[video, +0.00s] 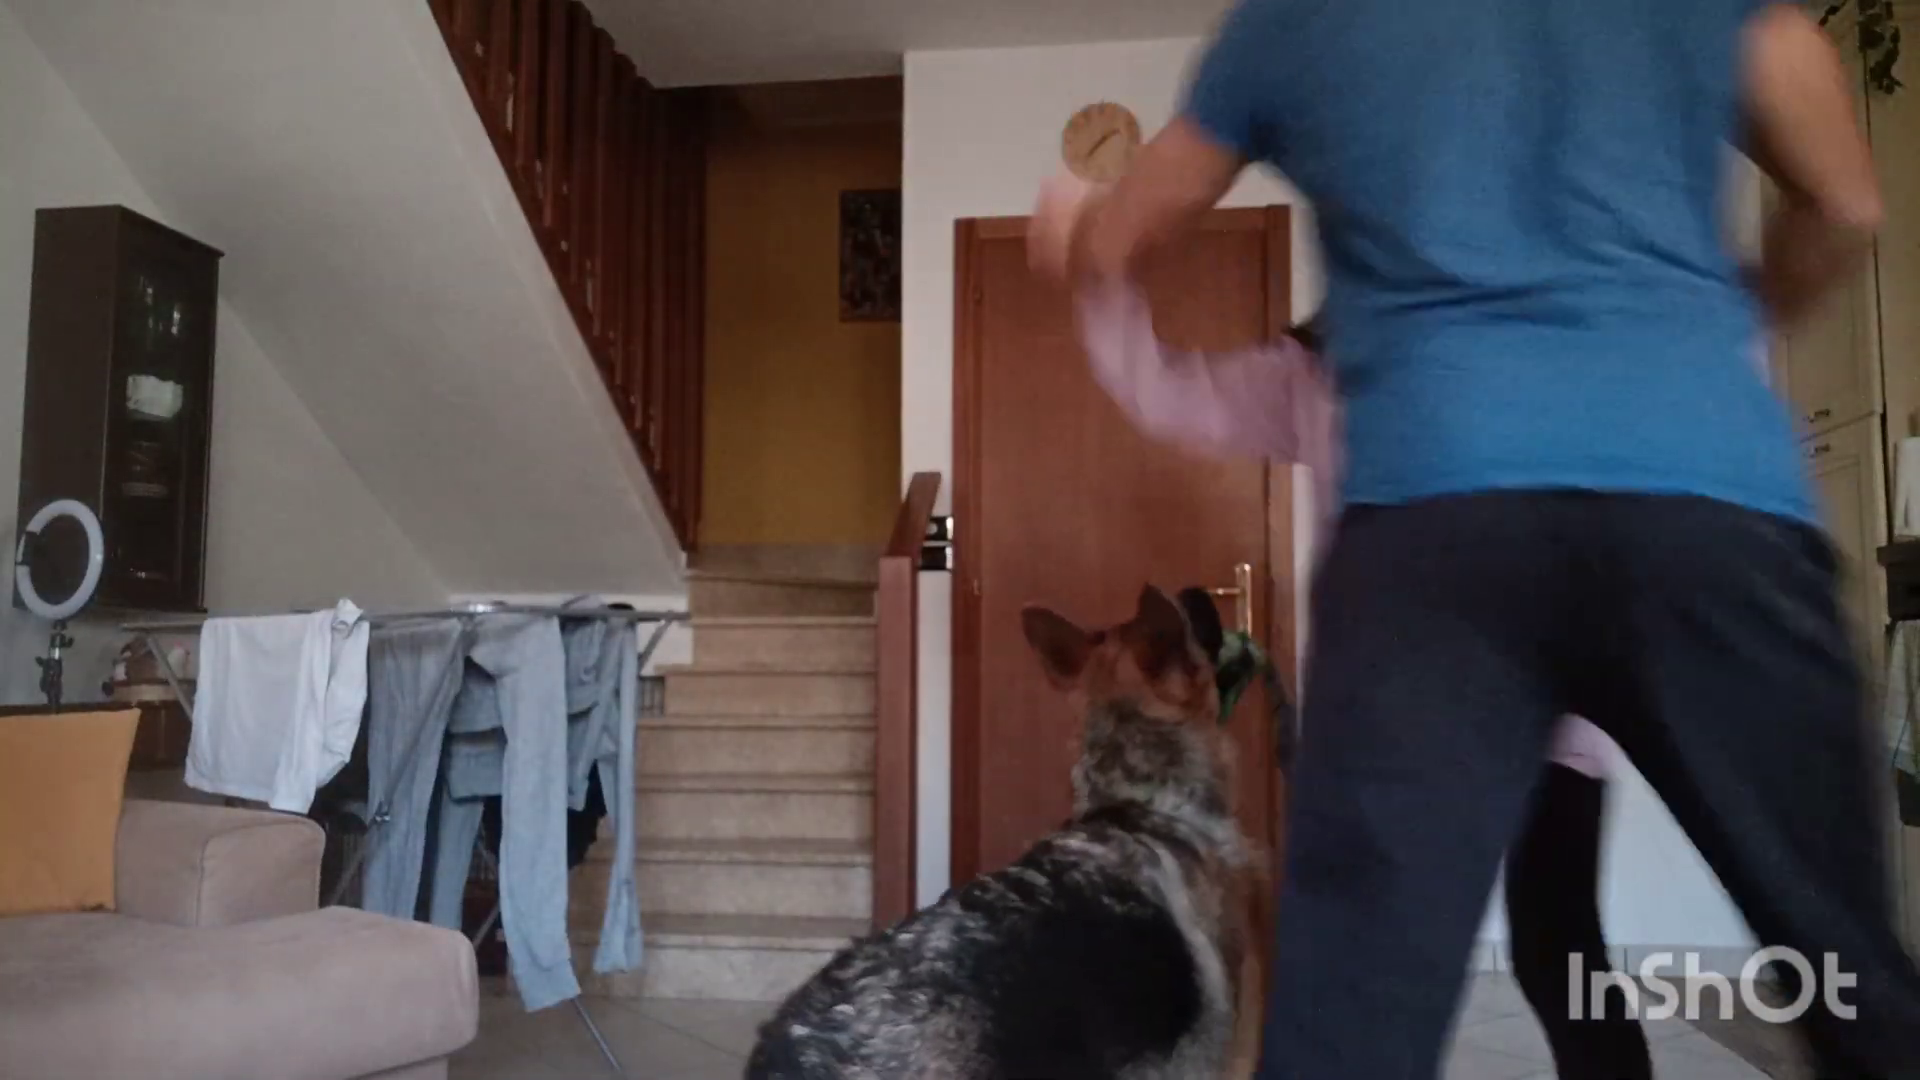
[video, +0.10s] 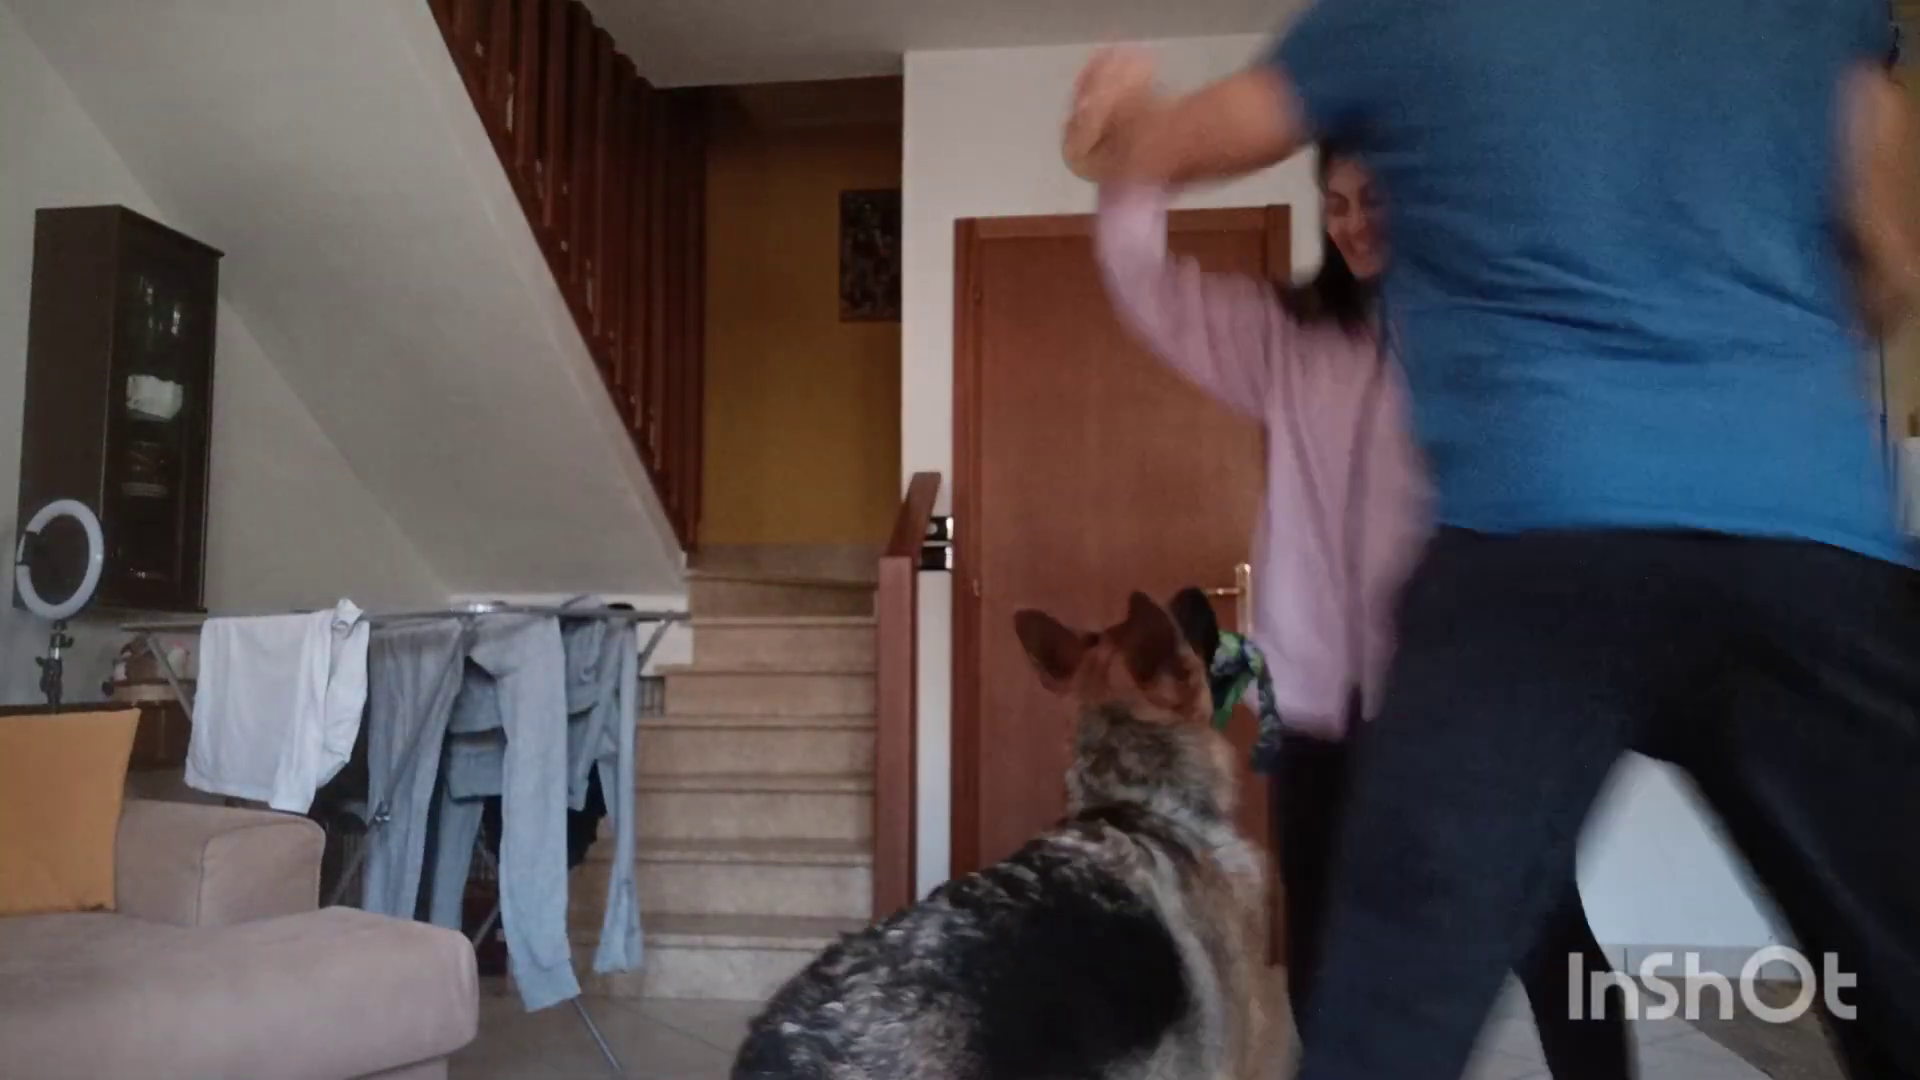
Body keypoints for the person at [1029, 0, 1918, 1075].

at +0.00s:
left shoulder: (1300, 17)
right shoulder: (1707, 4)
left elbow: (1111, 238)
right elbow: (1846, 206)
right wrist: (1732, 315)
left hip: (1437, 523)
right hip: (1718, 521)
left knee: (1352, 1005)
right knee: (1859, 970)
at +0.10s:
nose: (1358, 221)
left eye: (1370, 199)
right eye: (1341, 203)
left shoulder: (1399, 12)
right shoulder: (1822, 12)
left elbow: (1158, 153)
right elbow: (1893, 250)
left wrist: (1117, 111)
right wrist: (1810, 351)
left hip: (1540, 548)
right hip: (1825, 551)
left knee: (1387, 1022)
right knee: (1909, 992)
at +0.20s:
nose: (1344, 208)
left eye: (1364, 180)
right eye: (1321, 187)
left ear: (1405, 179)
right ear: (1298, 189)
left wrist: (1196, 40)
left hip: (1632, 549)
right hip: (1888, 555)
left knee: (1493, 980)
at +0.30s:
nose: (1328, 211)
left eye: (1348, 187)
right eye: (1313, 192)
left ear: (1394, 187)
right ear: (1295, 200)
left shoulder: (1452, 307)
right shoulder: (1268, 284)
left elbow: (1525, 410)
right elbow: (1204, 197)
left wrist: (1558, 336)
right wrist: (1208, 55)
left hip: (1397, 626)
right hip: (1263, 612)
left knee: (1452, 869)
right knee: (1282, 859)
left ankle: (1400, 1063)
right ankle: (1241, 1058)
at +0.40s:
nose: (1326, 253)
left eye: (1346, 231)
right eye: (1309, 234)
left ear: (1387, 241)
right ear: (1285, 248)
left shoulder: (1431, 372)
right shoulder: (1270, 340)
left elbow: (1545, 400)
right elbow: (1238, 211)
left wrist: (1642, 348)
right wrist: (1256, 46)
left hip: (1373, 697)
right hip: (1257, 682)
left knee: (1399, 924)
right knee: (1301, 917)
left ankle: (1340, 1071)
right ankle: (1228, 1065)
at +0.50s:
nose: (1323, 273)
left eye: (1341, 256)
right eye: (1306, 255)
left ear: (1370, 272)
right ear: (1278, 267)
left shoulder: (1383, 400)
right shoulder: (1252, 366)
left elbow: (1471, 429)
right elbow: (1257, 232)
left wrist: (1564, 400)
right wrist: (1292, 51)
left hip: (1345, 716)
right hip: (1254, 708)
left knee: (1373, 952)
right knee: (1309, 943)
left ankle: (1333, 1073)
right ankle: (1225, 1069)